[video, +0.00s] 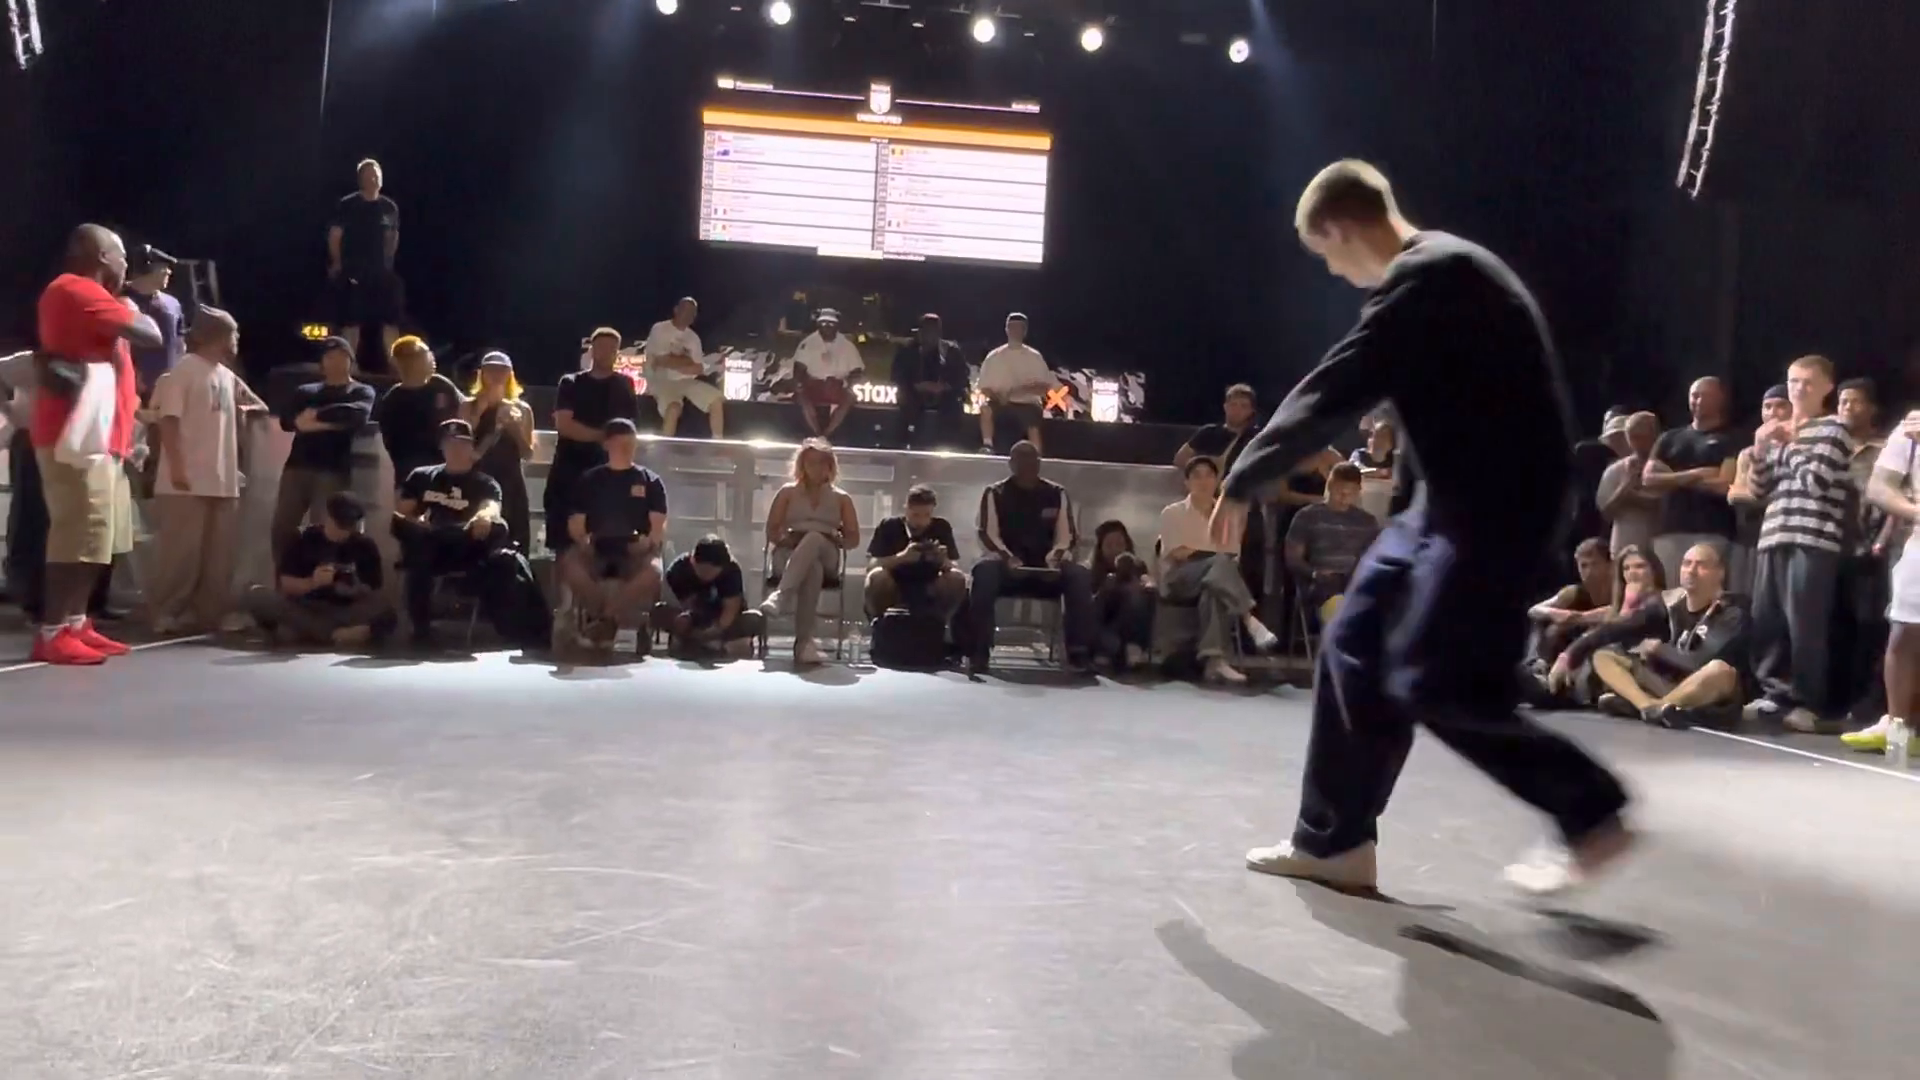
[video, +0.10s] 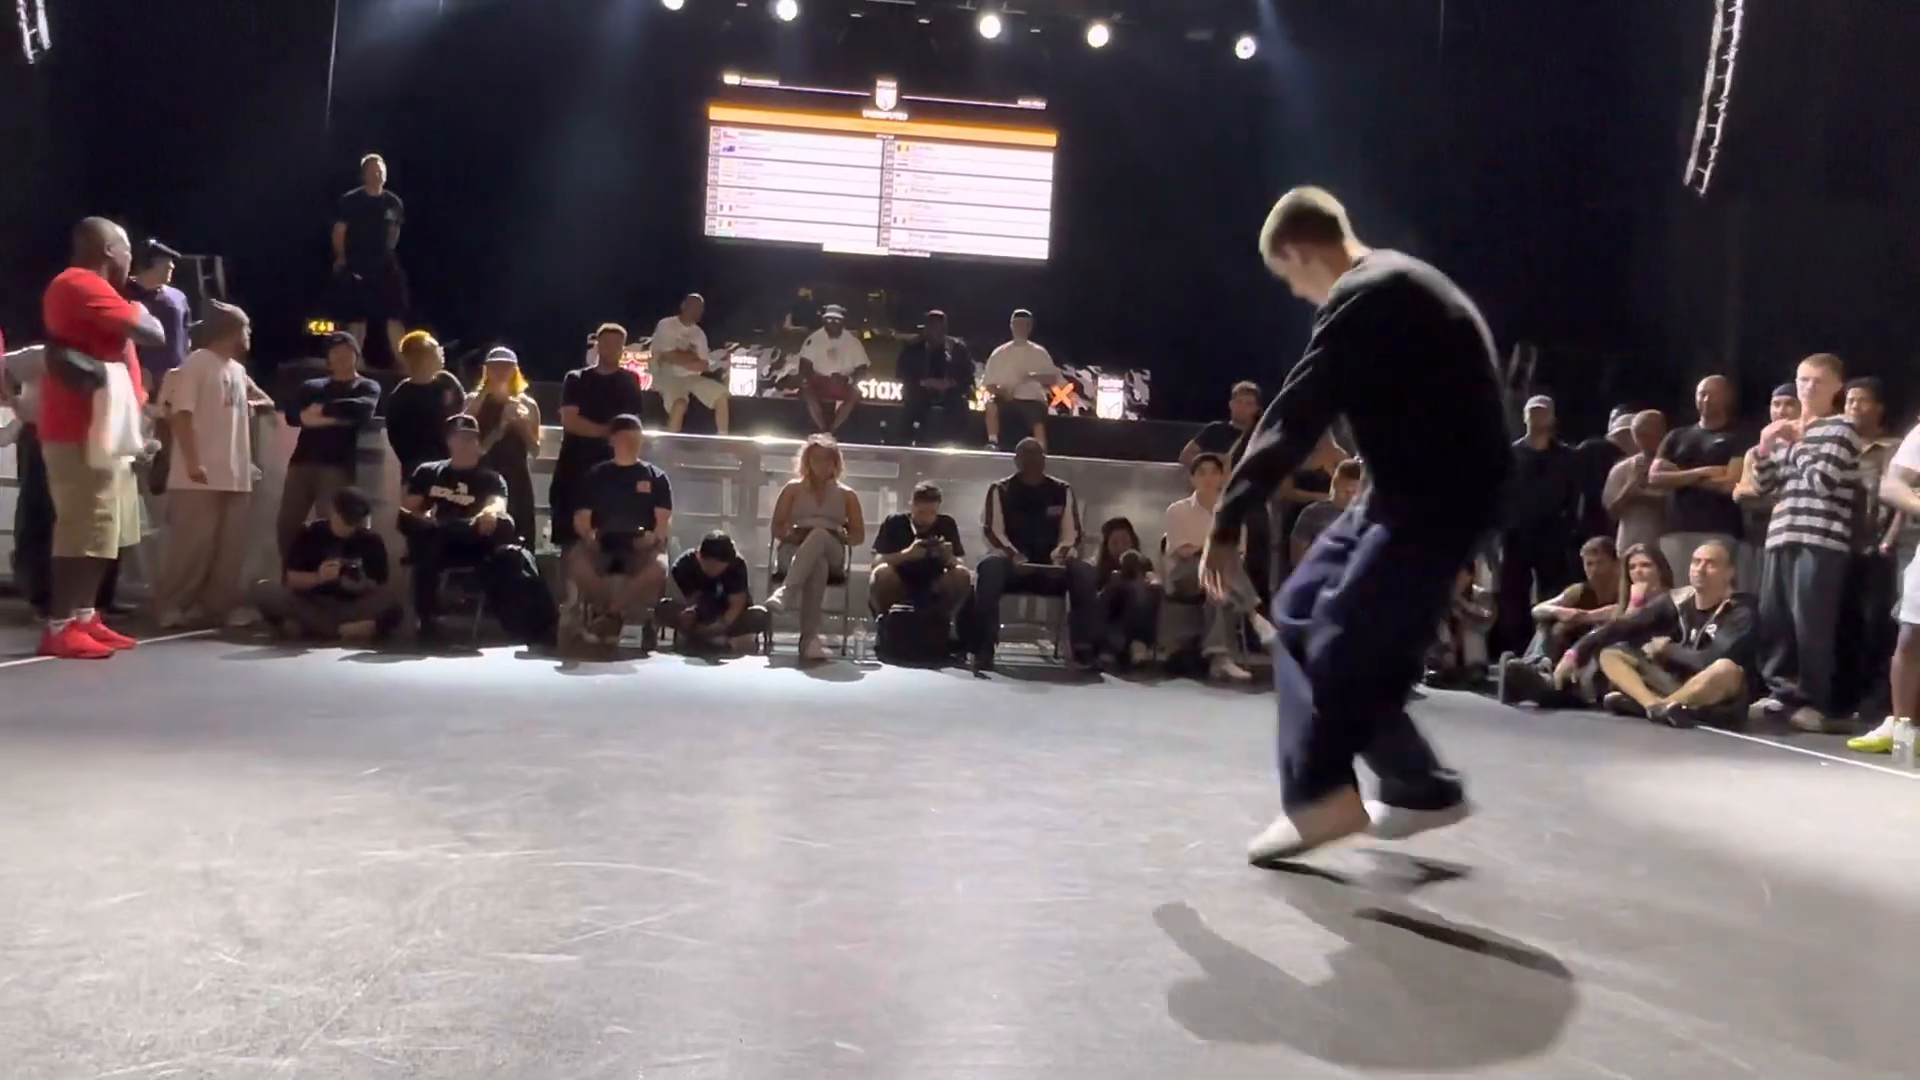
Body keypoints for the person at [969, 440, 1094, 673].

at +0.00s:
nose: (1027, 466)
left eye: (1032, 459)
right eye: (1021, 460)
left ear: (1039, 463)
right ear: (1011, 463)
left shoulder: (1057, 494)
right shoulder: (994, 493)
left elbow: (1065, 535)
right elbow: (988, 534)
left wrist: (1057, 553)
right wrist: (1006, 556)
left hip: (1046, 570)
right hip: (1011, 569)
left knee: (1078, 575)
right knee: (984, 570)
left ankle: (1079, 654)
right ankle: (979, 655)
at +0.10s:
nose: (1033, 462)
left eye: (1037, 456)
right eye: (1027, 456)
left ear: (1044, 460)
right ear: (1017, 460)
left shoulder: (1062, 491)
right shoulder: (999, 490)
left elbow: (1071, 531)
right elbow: (993, 531)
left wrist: (1062, 550)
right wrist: (1012, 553)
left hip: (1051, 567)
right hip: (1016, 566)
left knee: (1083, 572)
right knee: (990, 567)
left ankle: (1084, 652)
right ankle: (984, 651)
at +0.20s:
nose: (1039, 459)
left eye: (1043, 453)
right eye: (1033, 453)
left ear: (1049, 457)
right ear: (1021, 457)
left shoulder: (1067, 488)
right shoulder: (1004, 487)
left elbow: (1076, 530)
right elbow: (998, 528)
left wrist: (1067, 547)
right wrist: (1017, 550)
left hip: (1056, 564)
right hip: (1021, 562)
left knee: (1088, 569)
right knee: (995, 563)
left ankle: (1089, 647)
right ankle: (989, 647)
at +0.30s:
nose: (1042, 455)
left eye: (1047, 449)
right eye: (1036, 449)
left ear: (1054, 453)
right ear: (1025, 453)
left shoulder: (1071, 485)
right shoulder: (1009, 484)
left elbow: (1079, 527)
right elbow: (1003, 525)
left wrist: (1070, 545)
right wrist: (1020, 547)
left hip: (1060, 562)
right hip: (1025, 560)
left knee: (1092, 566)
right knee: (998, 560)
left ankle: (1092, 645)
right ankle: (992, 645)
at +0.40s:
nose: (1047, 453)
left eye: (1051, 446)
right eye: (1041, 446)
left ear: (1058, 450)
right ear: (1030, 450)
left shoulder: (1076, 482)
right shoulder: (1013, 481)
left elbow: (1085, 523)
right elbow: (1006, 521)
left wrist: (1076, 542)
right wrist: (1025, 544)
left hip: (1064, 560)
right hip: (1029, 558)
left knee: (1096, 563)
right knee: (1003, 558)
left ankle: (1096, 642)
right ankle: (996, 642)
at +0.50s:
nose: (1051, 450)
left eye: (1056, 444)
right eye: (1044, 444)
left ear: (1062, 448)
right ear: (1034, 448)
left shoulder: (1080, 480)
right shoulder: (1018, 479)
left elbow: (1088, 522)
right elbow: (1011, 520)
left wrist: (1079, 541)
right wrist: (1028, 543)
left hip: (1068, 558)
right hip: (1032, 556)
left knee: (1101, 562)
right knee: (1007, 556)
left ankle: (1097, 641)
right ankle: (1000, 641)